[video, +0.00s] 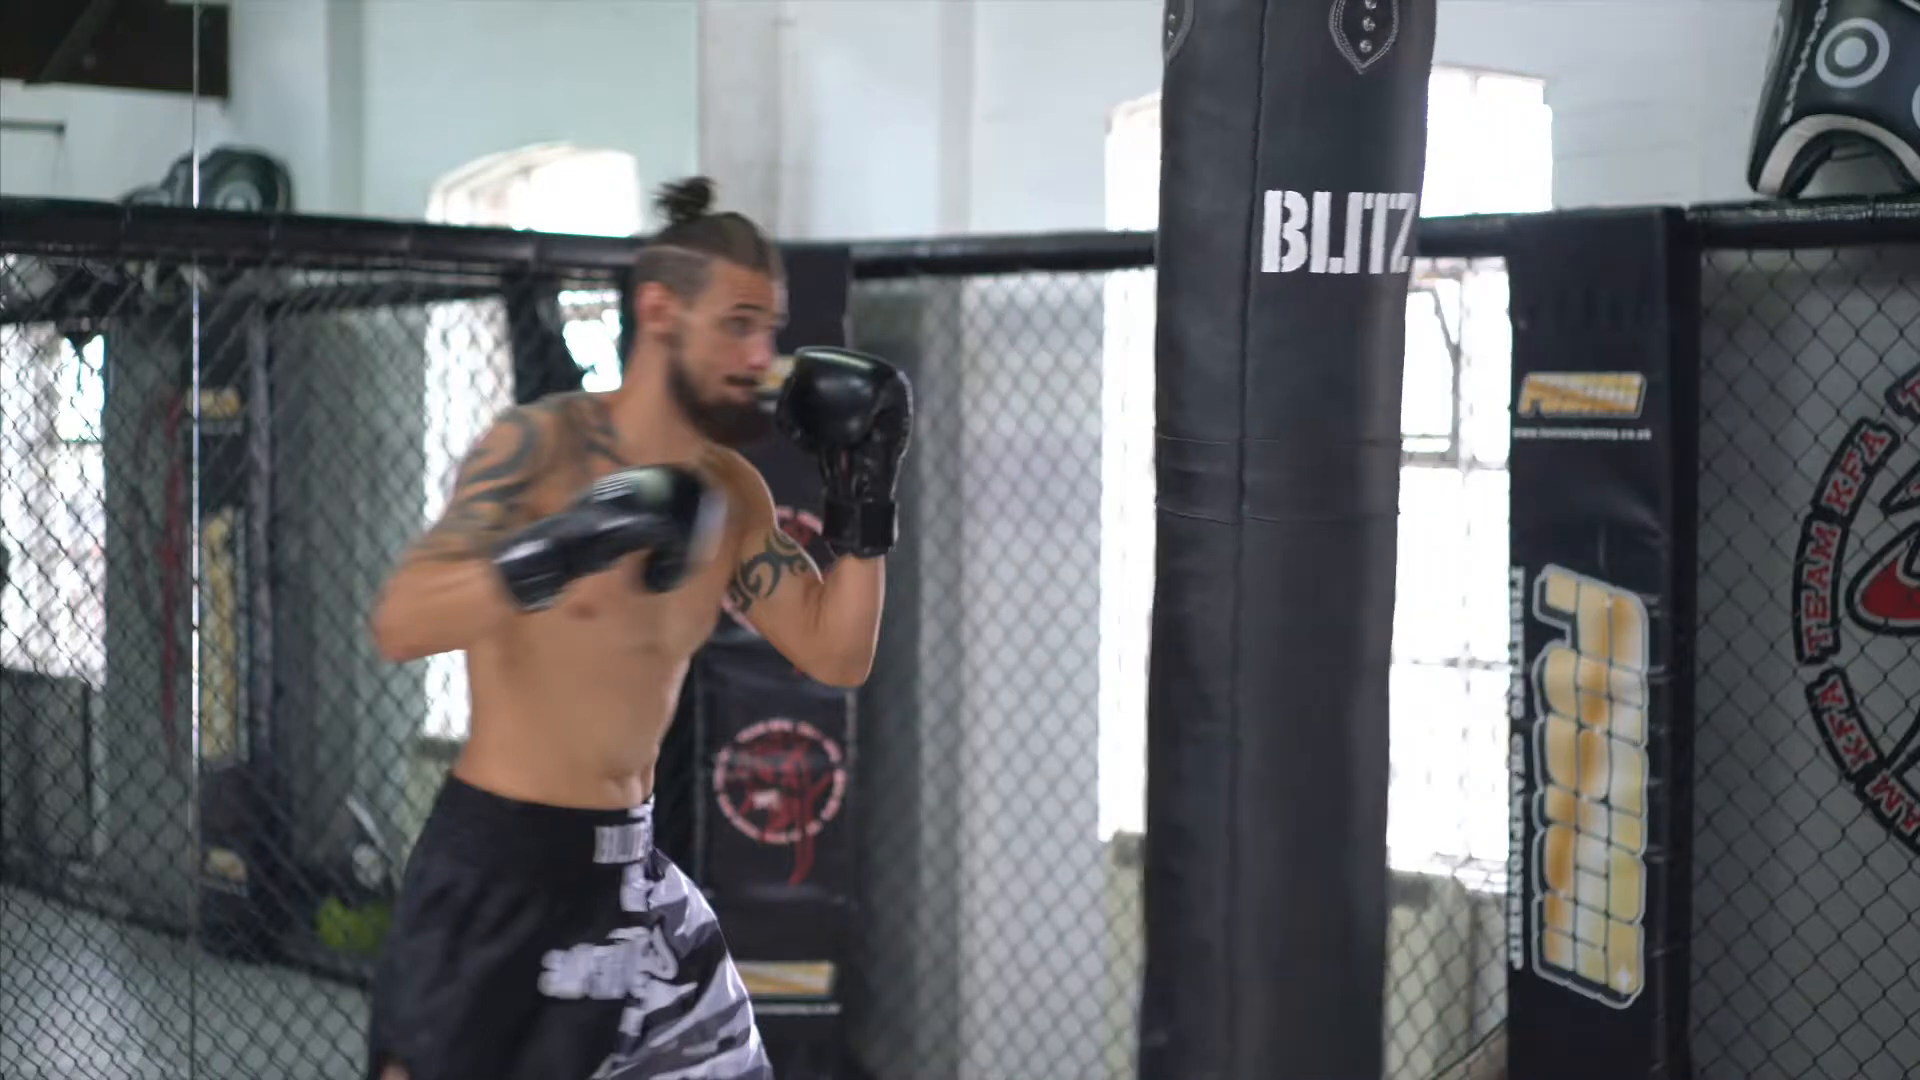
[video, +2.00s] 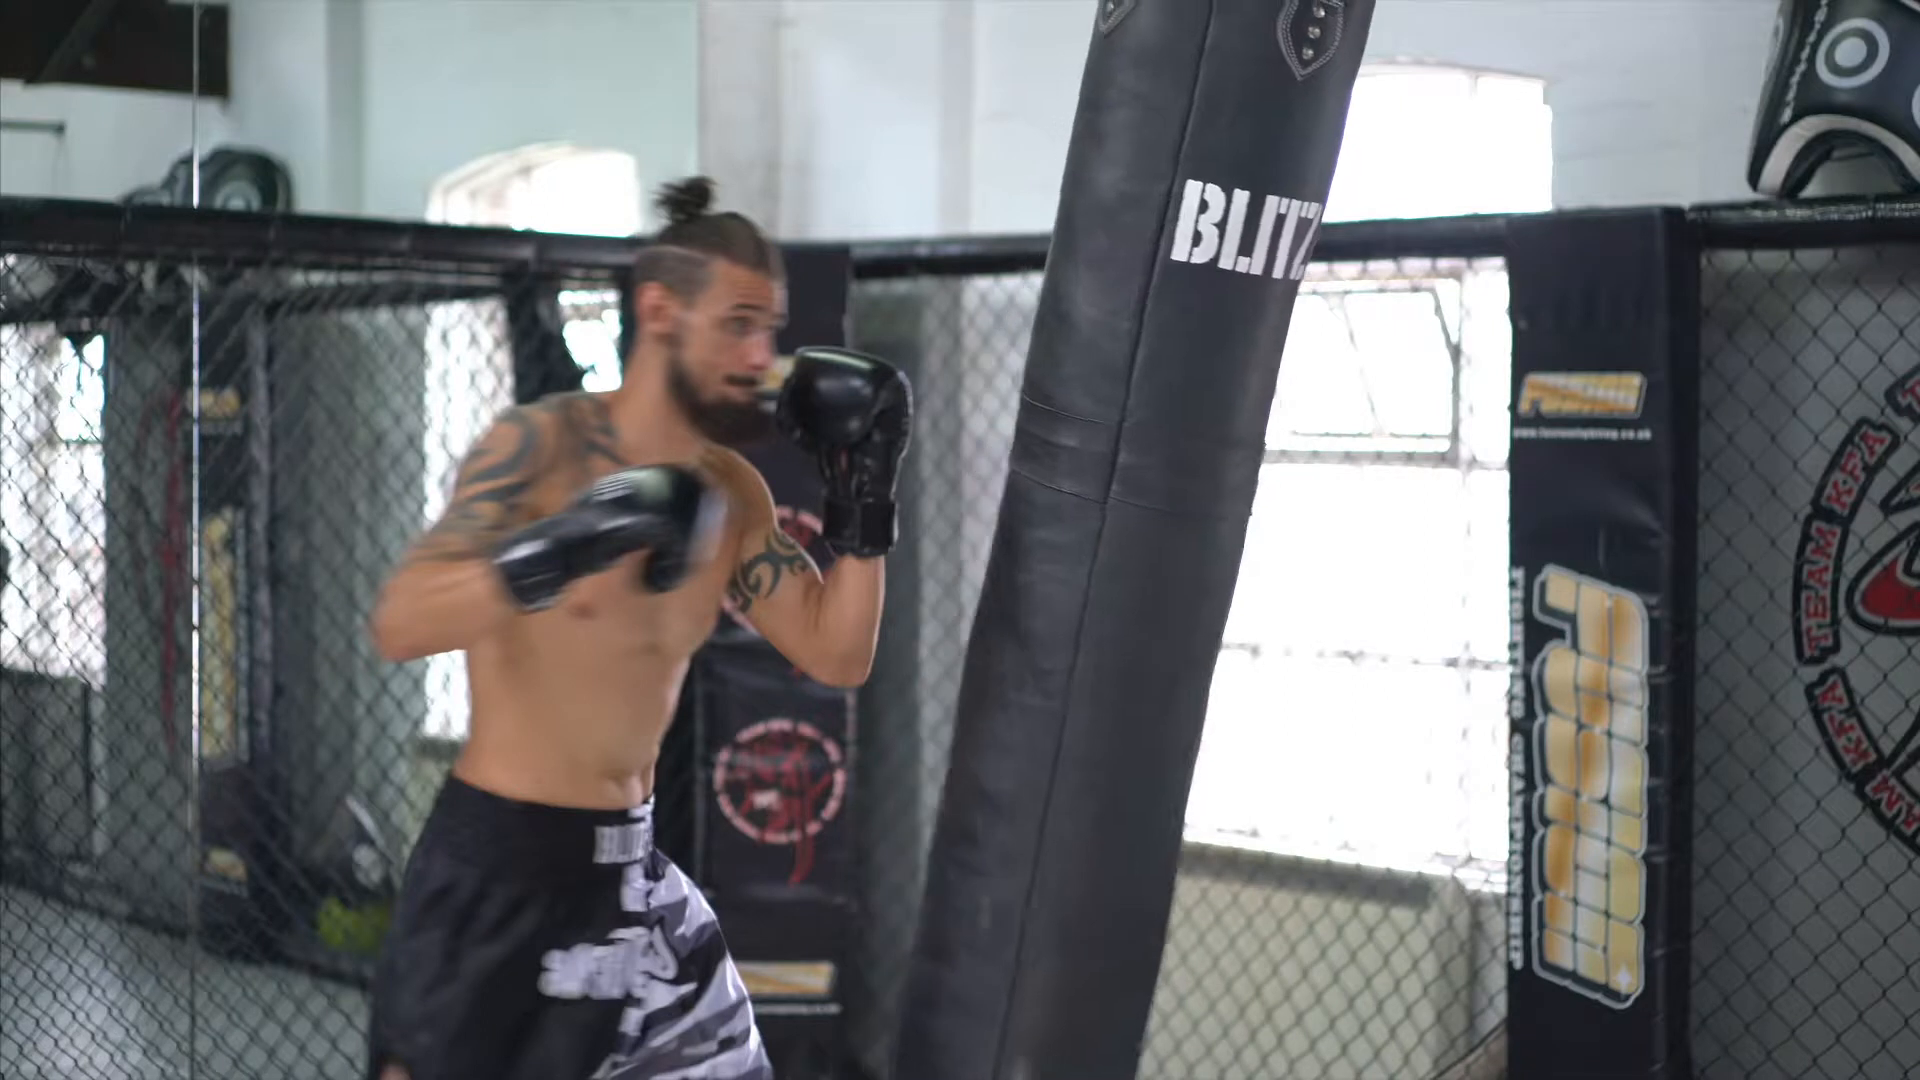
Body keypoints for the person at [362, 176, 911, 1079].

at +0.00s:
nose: (762, 358)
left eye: (772, 331)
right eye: (739, 325)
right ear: (656, 310)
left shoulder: (734, 493)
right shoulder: (539, 440)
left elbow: (839, 655)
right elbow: (401, 623)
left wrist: (864, 483)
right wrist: (569, 547)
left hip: (636, 868)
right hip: (500, 866)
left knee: (732, 1066)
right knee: (442, 1065)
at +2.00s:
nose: (763, 357)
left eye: (773, 331)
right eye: (740, 325)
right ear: (656, 309)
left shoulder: (733, 492)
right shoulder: (538, 440)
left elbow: (839, 655)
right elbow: (400, 623)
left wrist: (866, 481)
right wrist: (568, 546)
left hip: (636, 867)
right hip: (500, 865)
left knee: (731, 1066)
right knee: (443, 1064)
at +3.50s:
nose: (763, 357)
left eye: (772, 331)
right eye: (740, 325)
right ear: (656, 309)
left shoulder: (733, 492)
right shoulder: (538, 440)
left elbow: (839, 655)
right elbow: (400, 623)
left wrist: (865, 480)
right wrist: (568, 547)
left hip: (636, 867)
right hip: (501, 867)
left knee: (732, 1066)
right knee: (444, 1065)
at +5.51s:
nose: (762, 357)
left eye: (772, 331)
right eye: (739, 325)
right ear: (656, 310)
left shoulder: (733, 492)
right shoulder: (537, 441)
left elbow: (839, 655)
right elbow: (400, 623)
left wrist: (865, 481)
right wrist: (569, 546)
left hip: (635, 867)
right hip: (500, 866)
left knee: (732, 1066)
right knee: (439, 1065)